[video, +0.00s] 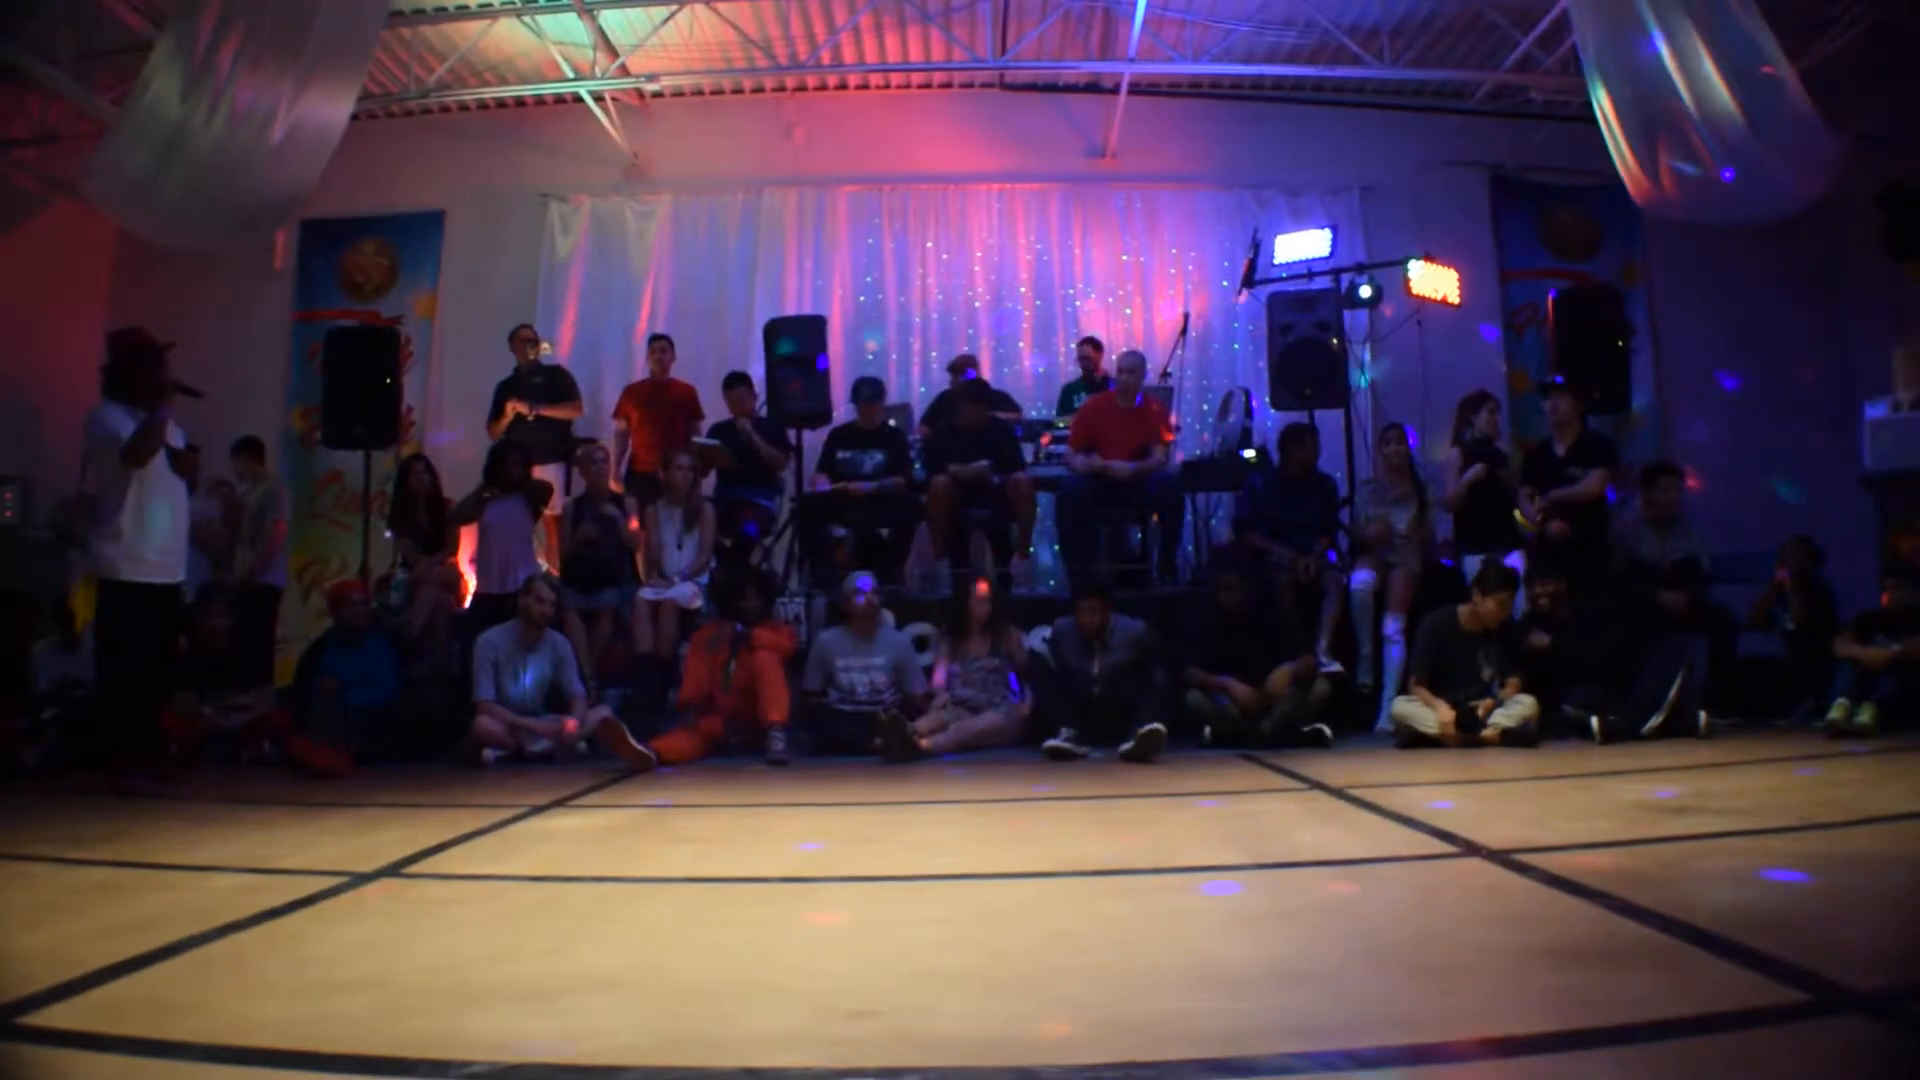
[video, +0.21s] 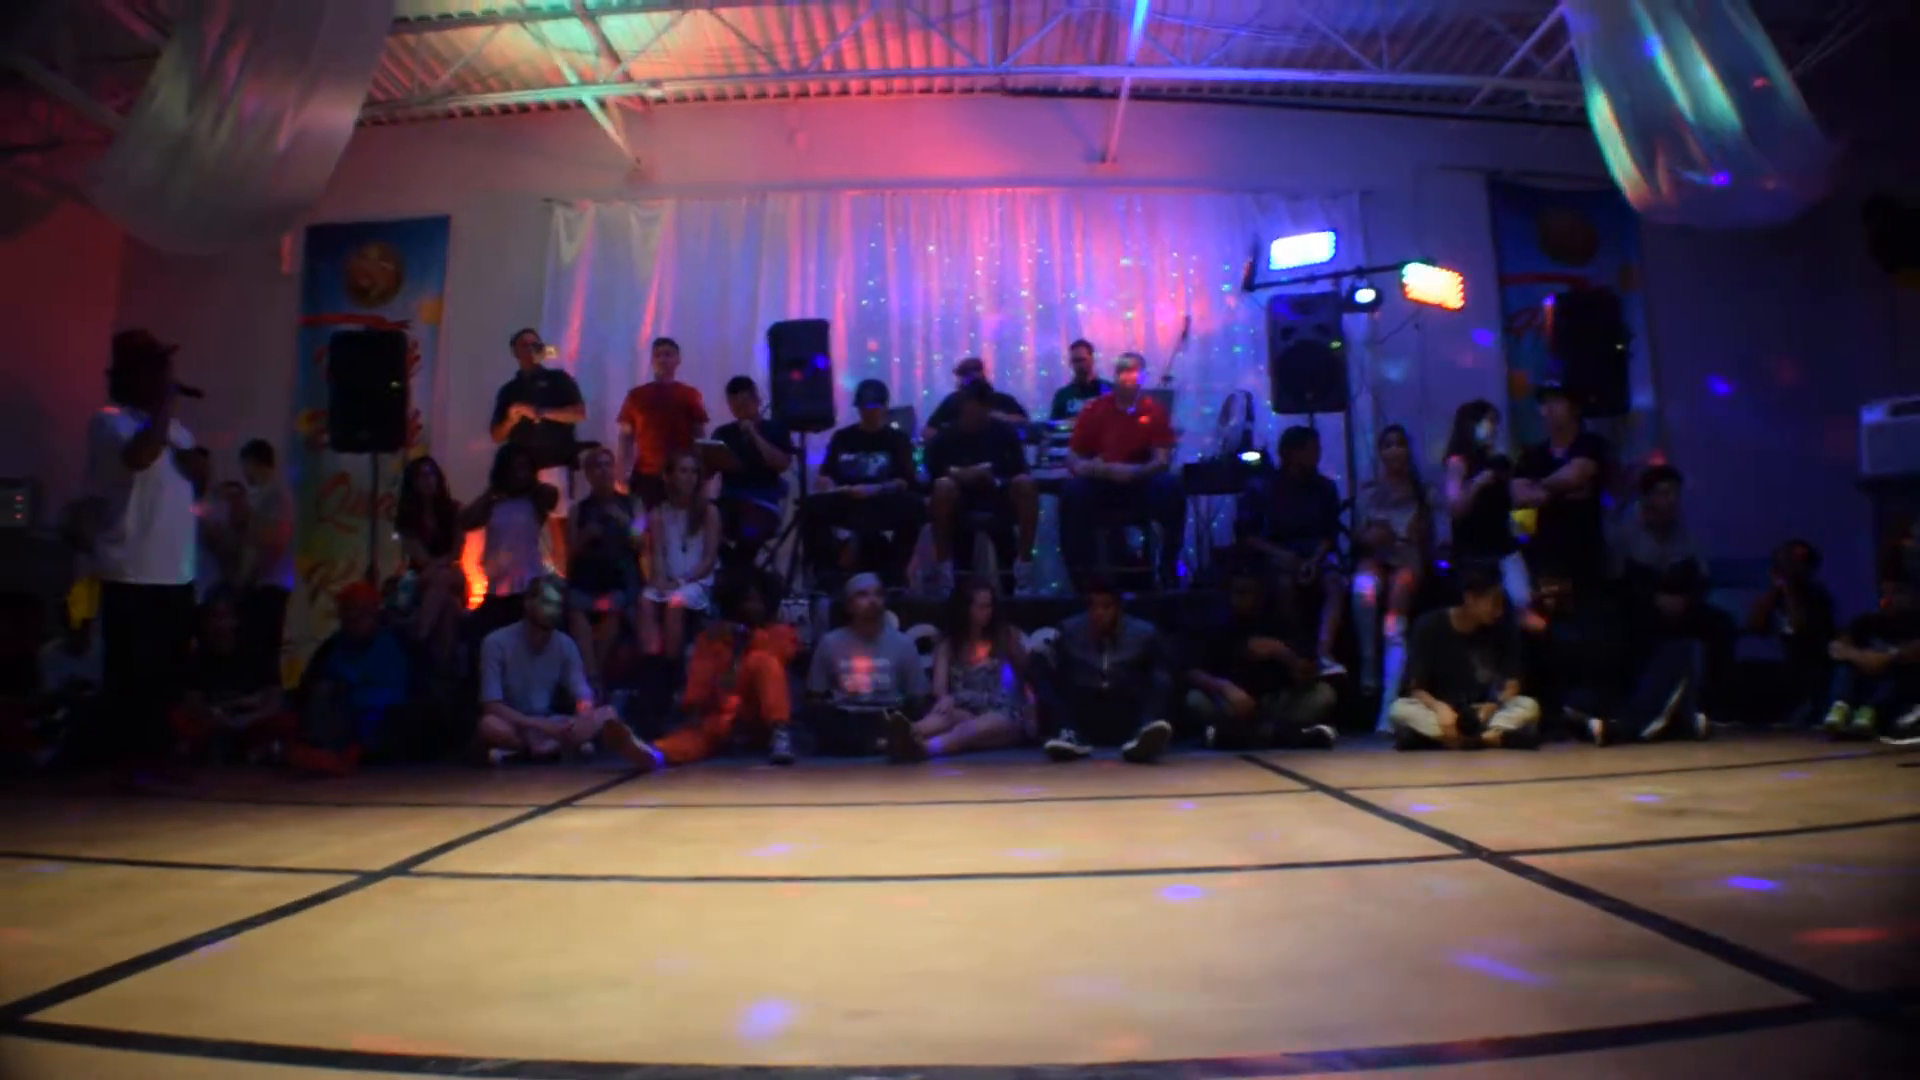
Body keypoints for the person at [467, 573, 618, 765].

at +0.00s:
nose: (546, 610)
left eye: (551, 604)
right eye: (539, 602)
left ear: (555, 608)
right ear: (523, 601)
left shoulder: (559, 644)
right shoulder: (490, 642)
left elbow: (578, 695)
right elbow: (484, 704)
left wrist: (574, 721)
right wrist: (539, 727)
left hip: (546, 718)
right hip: (508, 720)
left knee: (603, 713)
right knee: (482, 725)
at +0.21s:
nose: (553, 611)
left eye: (557, 605)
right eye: (546, 603)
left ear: (562, 608)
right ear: (528, 603)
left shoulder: (565, 645)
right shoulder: (497, 643)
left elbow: (582, 694)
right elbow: (492, 704)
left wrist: (582, 718)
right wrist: (543, 726)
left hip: (554, 719)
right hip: (515, 719)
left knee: (607, 714)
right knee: (489, 726)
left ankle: (548, 744)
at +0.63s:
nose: (574, 609)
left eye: (580, 604)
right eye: (568, 601)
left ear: (584, 608)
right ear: (551, 600)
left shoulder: (587, 643)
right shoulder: (520, 640)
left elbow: (607, 697)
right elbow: (514, 703)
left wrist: (603, 720)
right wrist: (565, 725)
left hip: (576, 719)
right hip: (537, 720)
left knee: (631, 712)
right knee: (511, 723)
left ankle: (563, 746)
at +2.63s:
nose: (567, 613)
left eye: (571, 607)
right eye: (560, 604)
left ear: (575, 609)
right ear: (540, 605)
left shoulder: (577, 647)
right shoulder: (508, 645)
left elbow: (596, 703)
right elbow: (503, 708)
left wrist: (590, 726)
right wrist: (553, 729)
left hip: (564, 723)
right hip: (527, 724)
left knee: (621, 716)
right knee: (501, 728)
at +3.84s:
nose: (573, 599)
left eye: (571, 593)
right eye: (566, 594)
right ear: (544, 604)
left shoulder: (572, 641)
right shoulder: (509, 643)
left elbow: (594, 689)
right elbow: (504, 706)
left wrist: (593, 722)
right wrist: (556, 729)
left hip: (563, 720)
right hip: (528, 722)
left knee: (623, 715)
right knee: (502, 728)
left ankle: (557, 751)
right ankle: (579, 747)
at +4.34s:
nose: (547, 590)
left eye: (543, 586)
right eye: (539, 587)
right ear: (520, 601)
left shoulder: (554, 632)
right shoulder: (494, 645)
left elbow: (572, 679)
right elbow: (504, 707)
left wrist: (587, 722)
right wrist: (561, 729)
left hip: (559, 714)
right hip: (525, 718)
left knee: (618, 708)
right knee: (503, 727)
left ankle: (561, 747)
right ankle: (579, 742)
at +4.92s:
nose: (546, 592)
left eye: (546, 586)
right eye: (537, 588)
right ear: (516, 598)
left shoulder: (561, 635)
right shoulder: (498, 645)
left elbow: (584, 684)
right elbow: (502, 705)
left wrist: (588, 722)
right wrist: (553, 727)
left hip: (564, 716)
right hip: (526, 720)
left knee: (618, 709)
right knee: (503, 725)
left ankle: (559, 748)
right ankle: (580, 747)